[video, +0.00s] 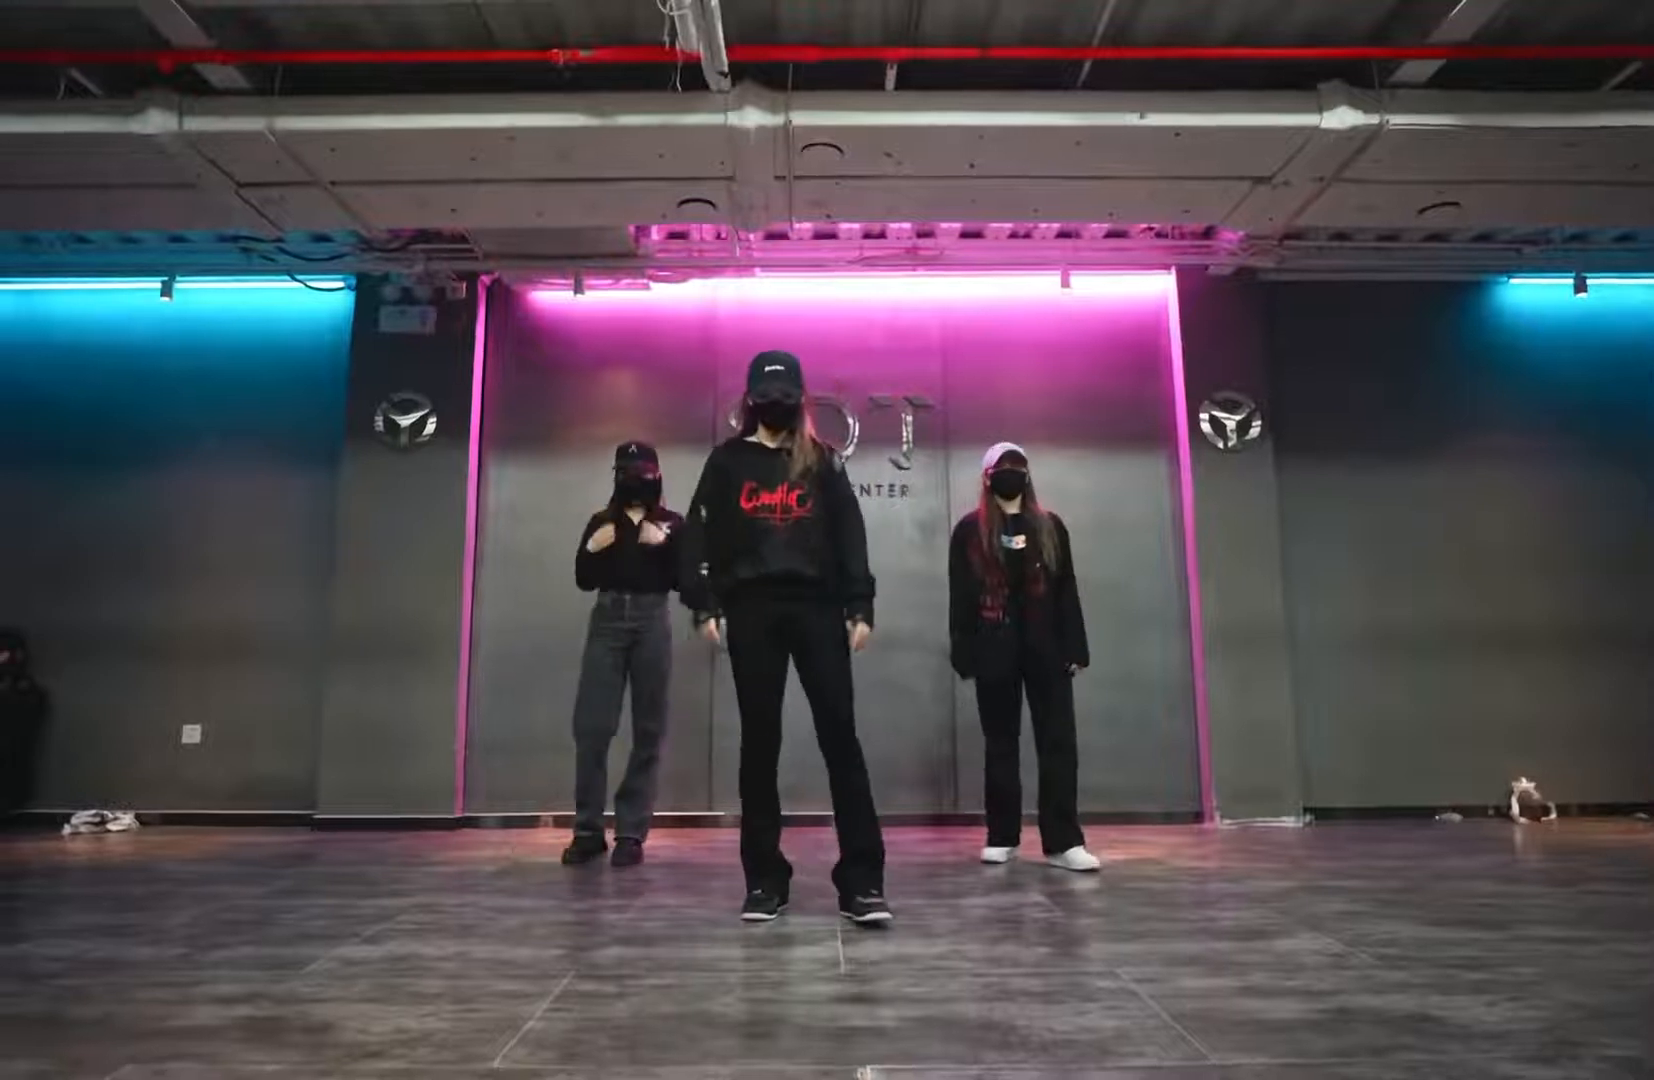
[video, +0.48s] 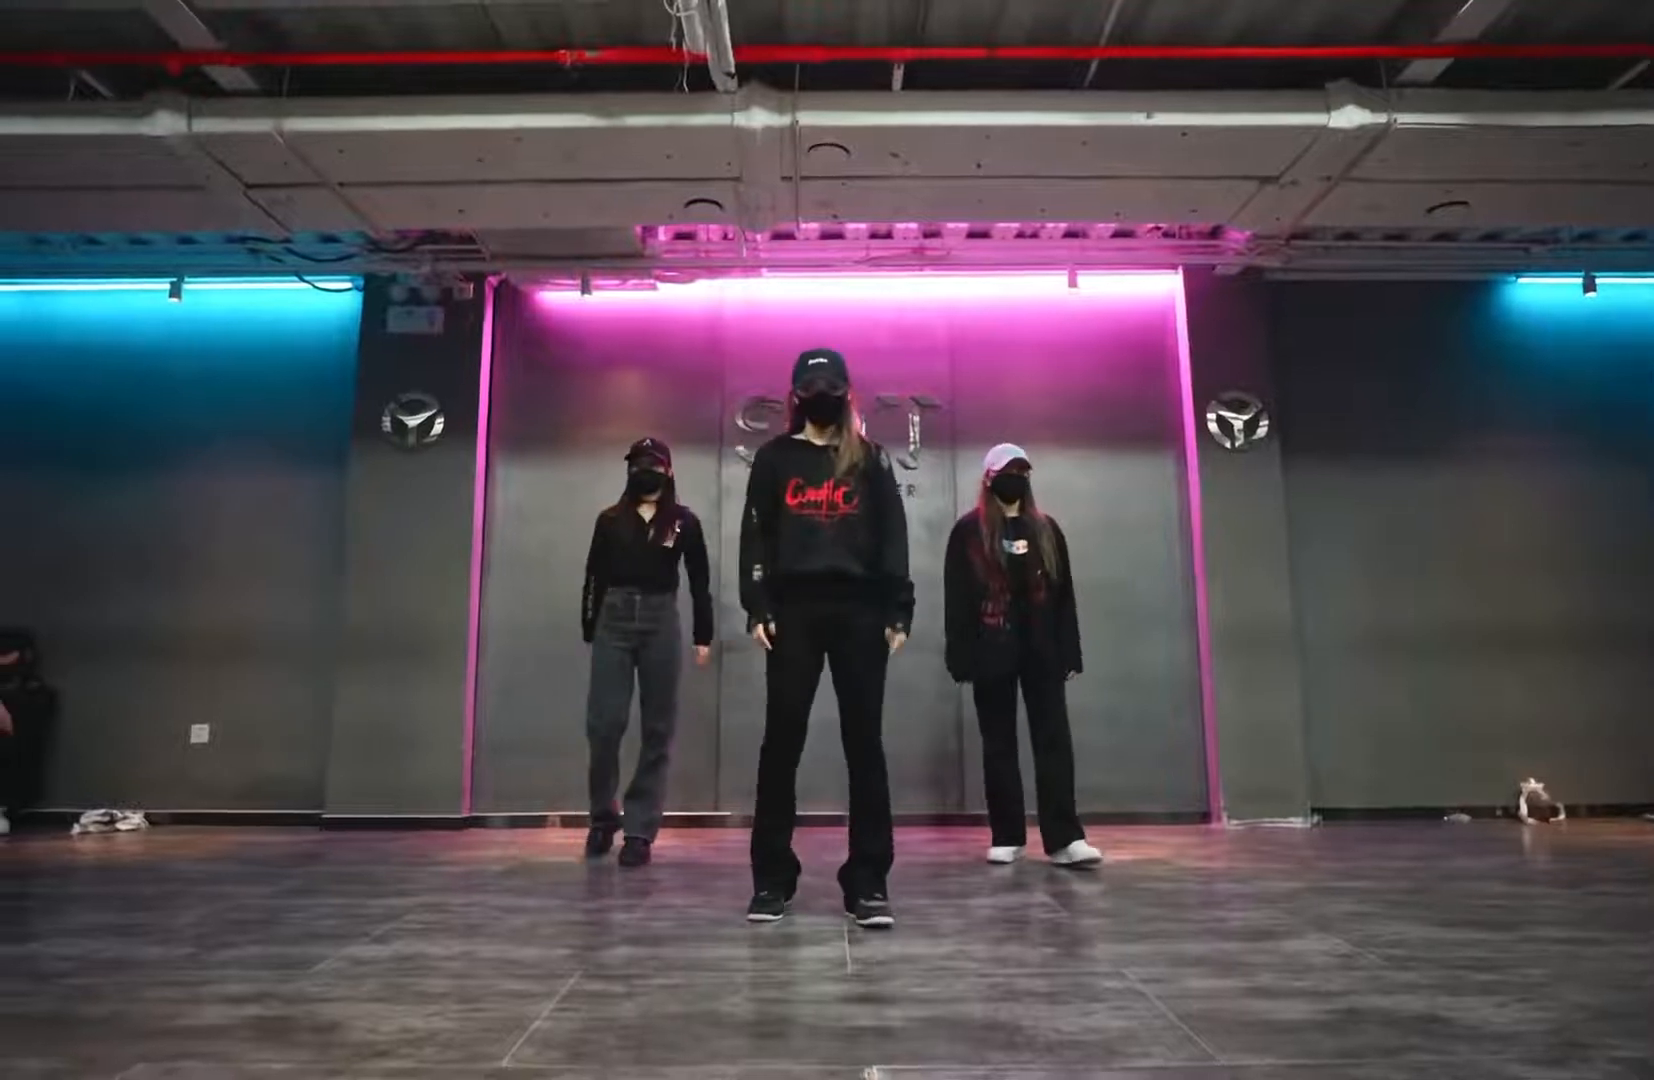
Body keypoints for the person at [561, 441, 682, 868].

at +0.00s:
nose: (638, 491)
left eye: (645, 482)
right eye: (631, 482)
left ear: (657, 481)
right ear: (618, 480)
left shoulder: (675, 526)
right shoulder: (600, 523)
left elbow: (685, 584)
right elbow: (583, 579)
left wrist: (660, 546)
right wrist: (598, 547)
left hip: (653, 625)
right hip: (607, 622)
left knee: (648, 732)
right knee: (591, 727)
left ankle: (630, 834)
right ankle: (588, 831)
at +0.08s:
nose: (641, 485)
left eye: (648, 478)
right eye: (634, 477)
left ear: (660, 478)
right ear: (622, 476)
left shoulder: (675, 524)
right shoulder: (604, 521)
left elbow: (684, 582)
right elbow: (584, 578)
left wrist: (655, 563)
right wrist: (618, 559)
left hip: (654, 627)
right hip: (608, 624)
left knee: (649, 733)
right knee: (596, 728)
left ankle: (633, 835)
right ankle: (587, 836)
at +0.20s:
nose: (645, 482)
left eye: (652, 475)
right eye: (638, 475)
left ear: (664, 477)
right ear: (627, 475)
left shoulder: (680, 524)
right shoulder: (606, 521)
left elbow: (683, 579)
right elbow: (589, 576)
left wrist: (673, 620)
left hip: (657, 625)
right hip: (609, 622)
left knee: (652, 733)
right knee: (598, 727)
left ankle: (635, 835)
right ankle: (588, 833)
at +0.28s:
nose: (646, 481)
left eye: (653, 474)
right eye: (639, 473)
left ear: (666, 476)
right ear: (629, 475)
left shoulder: (682, 525)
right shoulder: (607, 521)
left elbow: (683, 589)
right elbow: (592, 583)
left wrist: (688, 642)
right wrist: (584, 641)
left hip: (661, 625)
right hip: (610, 623)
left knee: (653, 733)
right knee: (598, 727)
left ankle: (636, 835)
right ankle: (589, 833)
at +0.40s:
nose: (645, 475)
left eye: (653, 469)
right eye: (639, 468)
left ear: (666, 473)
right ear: (629, 472)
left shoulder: (682, 523)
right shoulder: (609, 520)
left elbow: (696, 585)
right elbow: (592, 578)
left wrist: (699, 640)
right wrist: (588, 630)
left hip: (662, 621)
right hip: (611, 621)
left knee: (655, 731)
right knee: (600, 724)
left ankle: (638, 832)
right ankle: (597, 823)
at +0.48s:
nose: (645, 473)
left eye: (653, 467)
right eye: (639, 466)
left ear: (667, 472)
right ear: (630, 470)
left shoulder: (683, 521)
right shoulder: (610, 519)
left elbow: (699, 581)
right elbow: (594, 576)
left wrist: (703, 635)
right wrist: (590, 627)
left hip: (661, 621)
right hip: (611, 621)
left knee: (657, 730)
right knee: (603, 724)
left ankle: (639, 832)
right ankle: (603, 818)